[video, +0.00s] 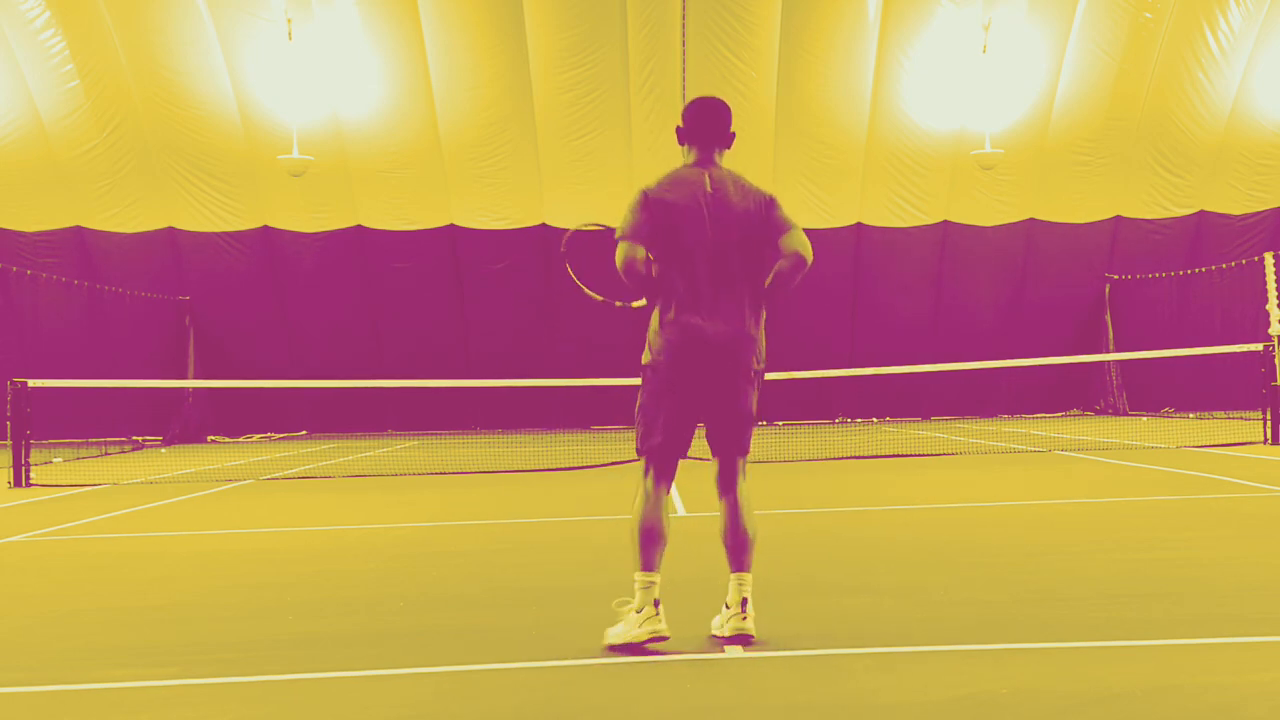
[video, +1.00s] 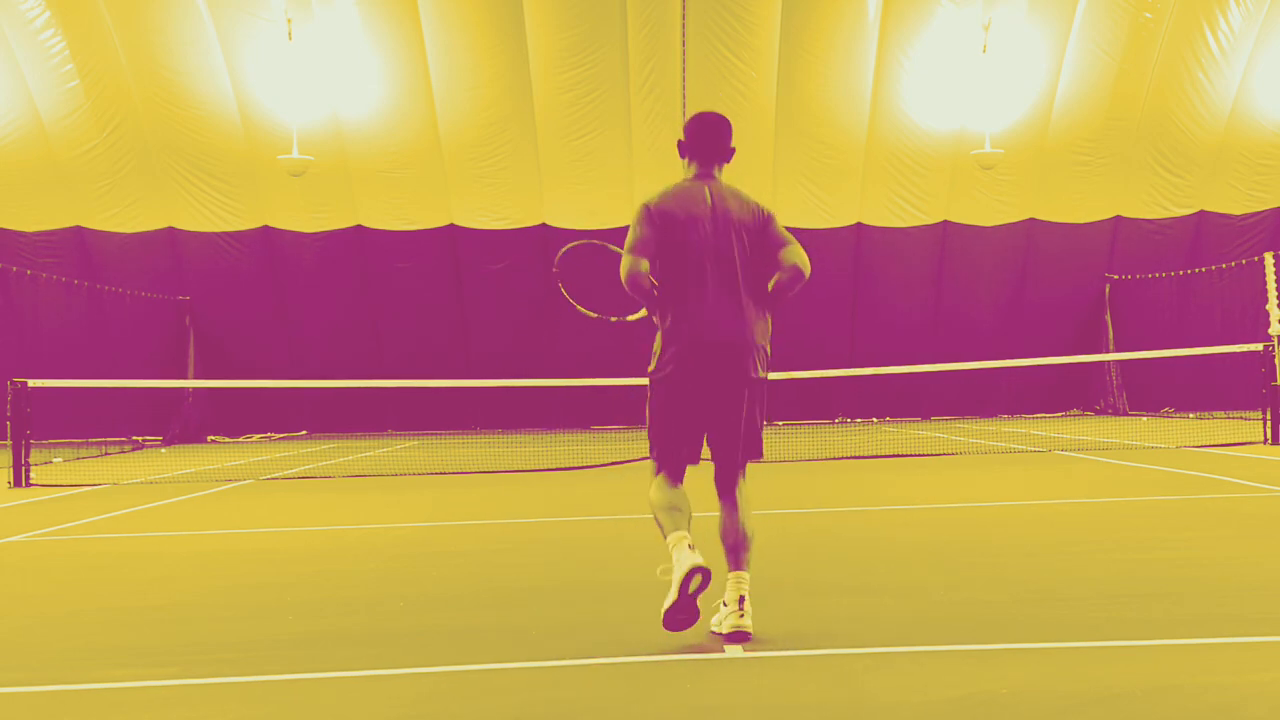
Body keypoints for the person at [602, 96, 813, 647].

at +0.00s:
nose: (697, 148)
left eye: (688, 137)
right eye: (716, 139)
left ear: (681, 138)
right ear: (730, 140)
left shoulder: (657, 196)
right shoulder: (757, 199)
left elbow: (629, 264)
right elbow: (800, 255)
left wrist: (656, 287)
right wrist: (760, 292)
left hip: (676, 347)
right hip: (737, 349)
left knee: (656, 477)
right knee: (732, 480)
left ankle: (646, 608)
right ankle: (739, 608)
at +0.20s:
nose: (690, 149)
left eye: (687, 140)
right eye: (715, 141)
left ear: (684, 141)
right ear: (732, 144)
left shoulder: (661, 199)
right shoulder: (759, 201)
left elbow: (636, 268)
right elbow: (803, 257)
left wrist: (658, 301)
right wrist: (766, 300)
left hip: (681, 353)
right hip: (743, 355)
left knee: (665, 476)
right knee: (731, 482)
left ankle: (667, 599)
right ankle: (740, 602)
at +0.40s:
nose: (687, 139)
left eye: (677, 128)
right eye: (710, 130)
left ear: (671, 132)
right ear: (721, 134)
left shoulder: (649, 189)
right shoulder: (751, 189)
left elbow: (627, 254)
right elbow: (792, 246)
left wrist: (648, 290)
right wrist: (758, 290)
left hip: (684, 348)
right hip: (748, 343)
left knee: (694, 474)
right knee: (766, 469)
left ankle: (712, 602)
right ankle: (787, 595)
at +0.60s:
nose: (697, 152)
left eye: (678, 142)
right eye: (710, 140)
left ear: (669, 144)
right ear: (718, 143)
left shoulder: (645, 206)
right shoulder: (748, 200)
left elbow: (629, 272)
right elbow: (793, 259)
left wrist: (659, 307)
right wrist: (760, 302)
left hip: (685, 359)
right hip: (747, 352)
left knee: (696, 484)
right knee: (770, 473)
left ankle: (712, 603)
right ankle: (797, 591)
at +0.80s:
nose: (691, 146)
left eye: (684, 136)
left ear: (680, 140)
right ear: (728, 142)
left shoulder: (657, 195)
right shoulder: (758, 196)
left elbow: (641, 265)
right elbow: (800, 247)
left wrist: (659, 289)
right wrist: (764, 288)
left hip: (683, 348)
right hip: (743, 348)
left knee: (679, 466)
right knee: (736, 474)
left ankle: (701, 565)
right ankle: (741, 599)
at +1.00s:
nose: (691, 159)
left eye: (686, 150)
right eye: (717, 153)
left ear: (683, 152)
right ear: (730, 156)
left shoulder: (658, 207)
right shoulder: (754, 211)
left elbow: (633, 272)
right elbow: (797, 266)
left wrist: (659, 307)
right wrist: (761, 303)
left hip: (682, 357)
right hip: (740, 359)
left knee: (667, 473)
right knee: (731, 483)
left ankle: (684, 556)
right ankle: (737, 603)